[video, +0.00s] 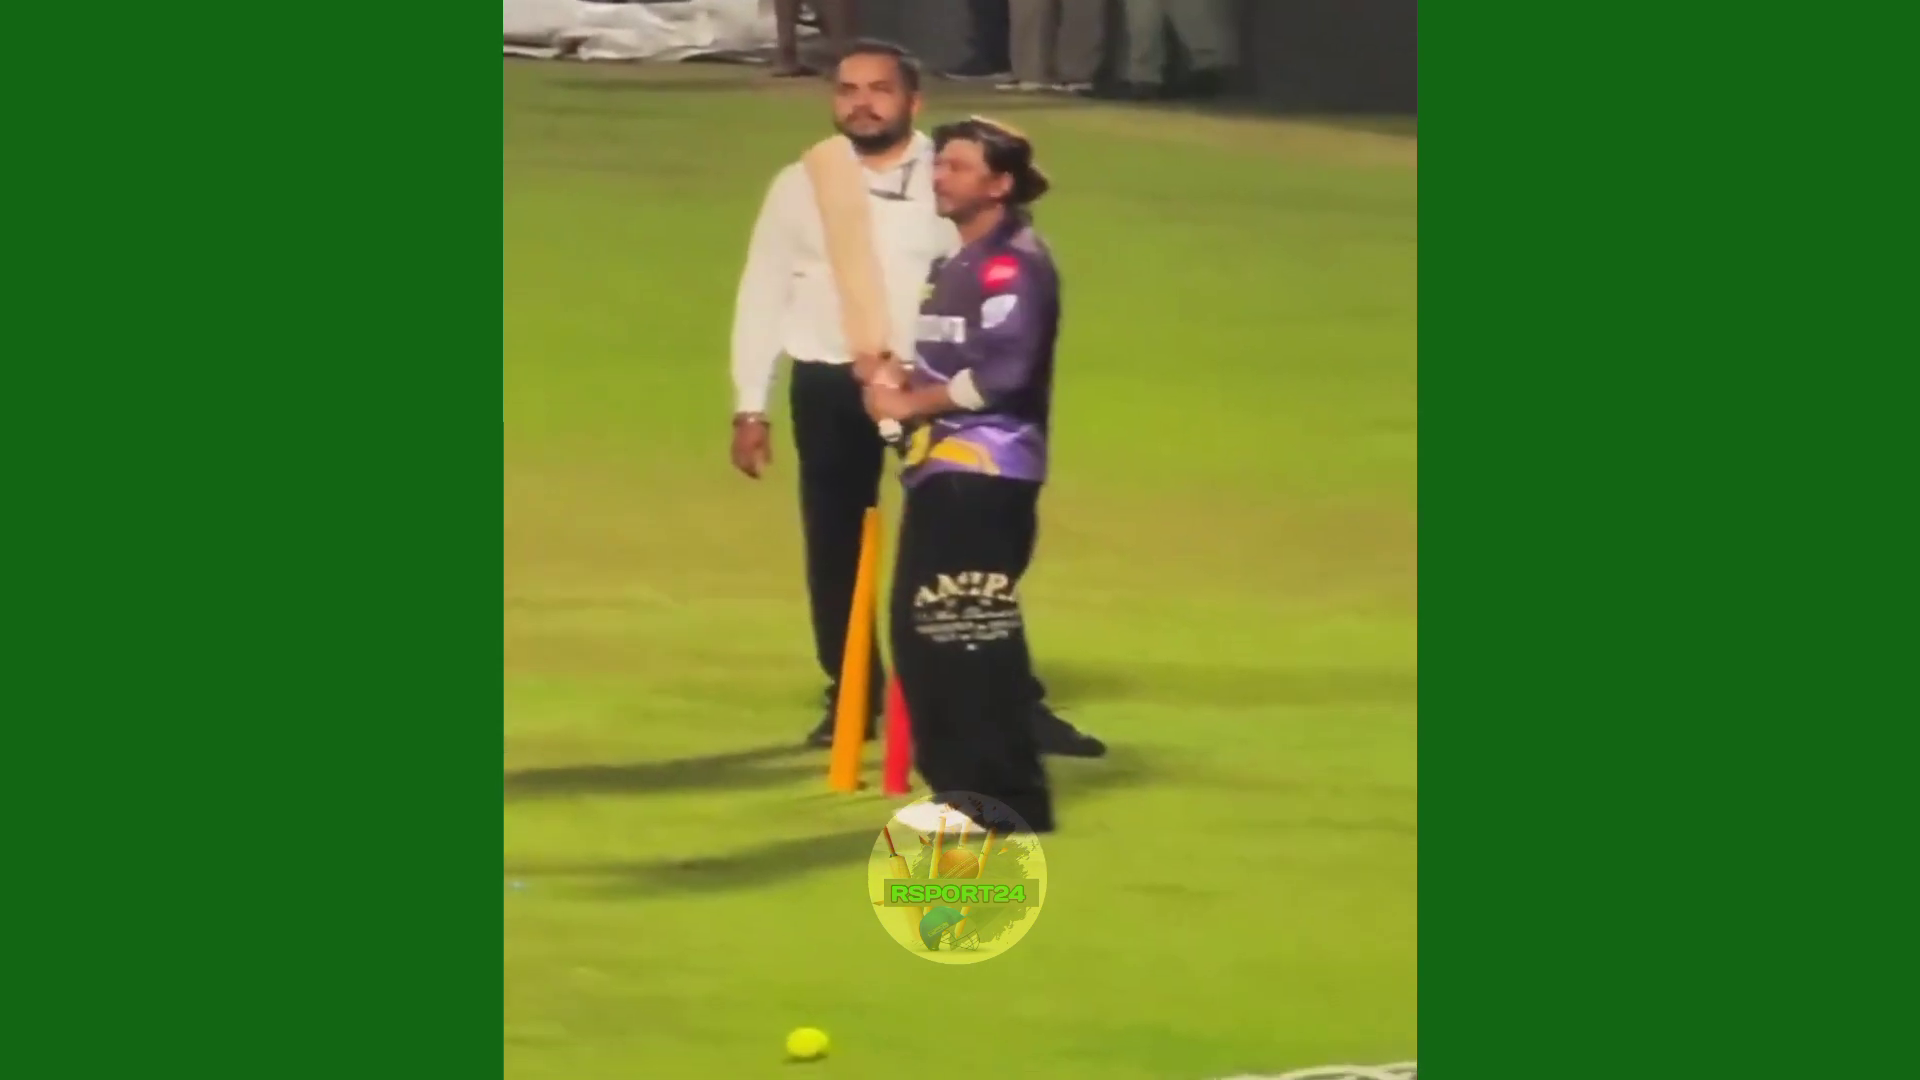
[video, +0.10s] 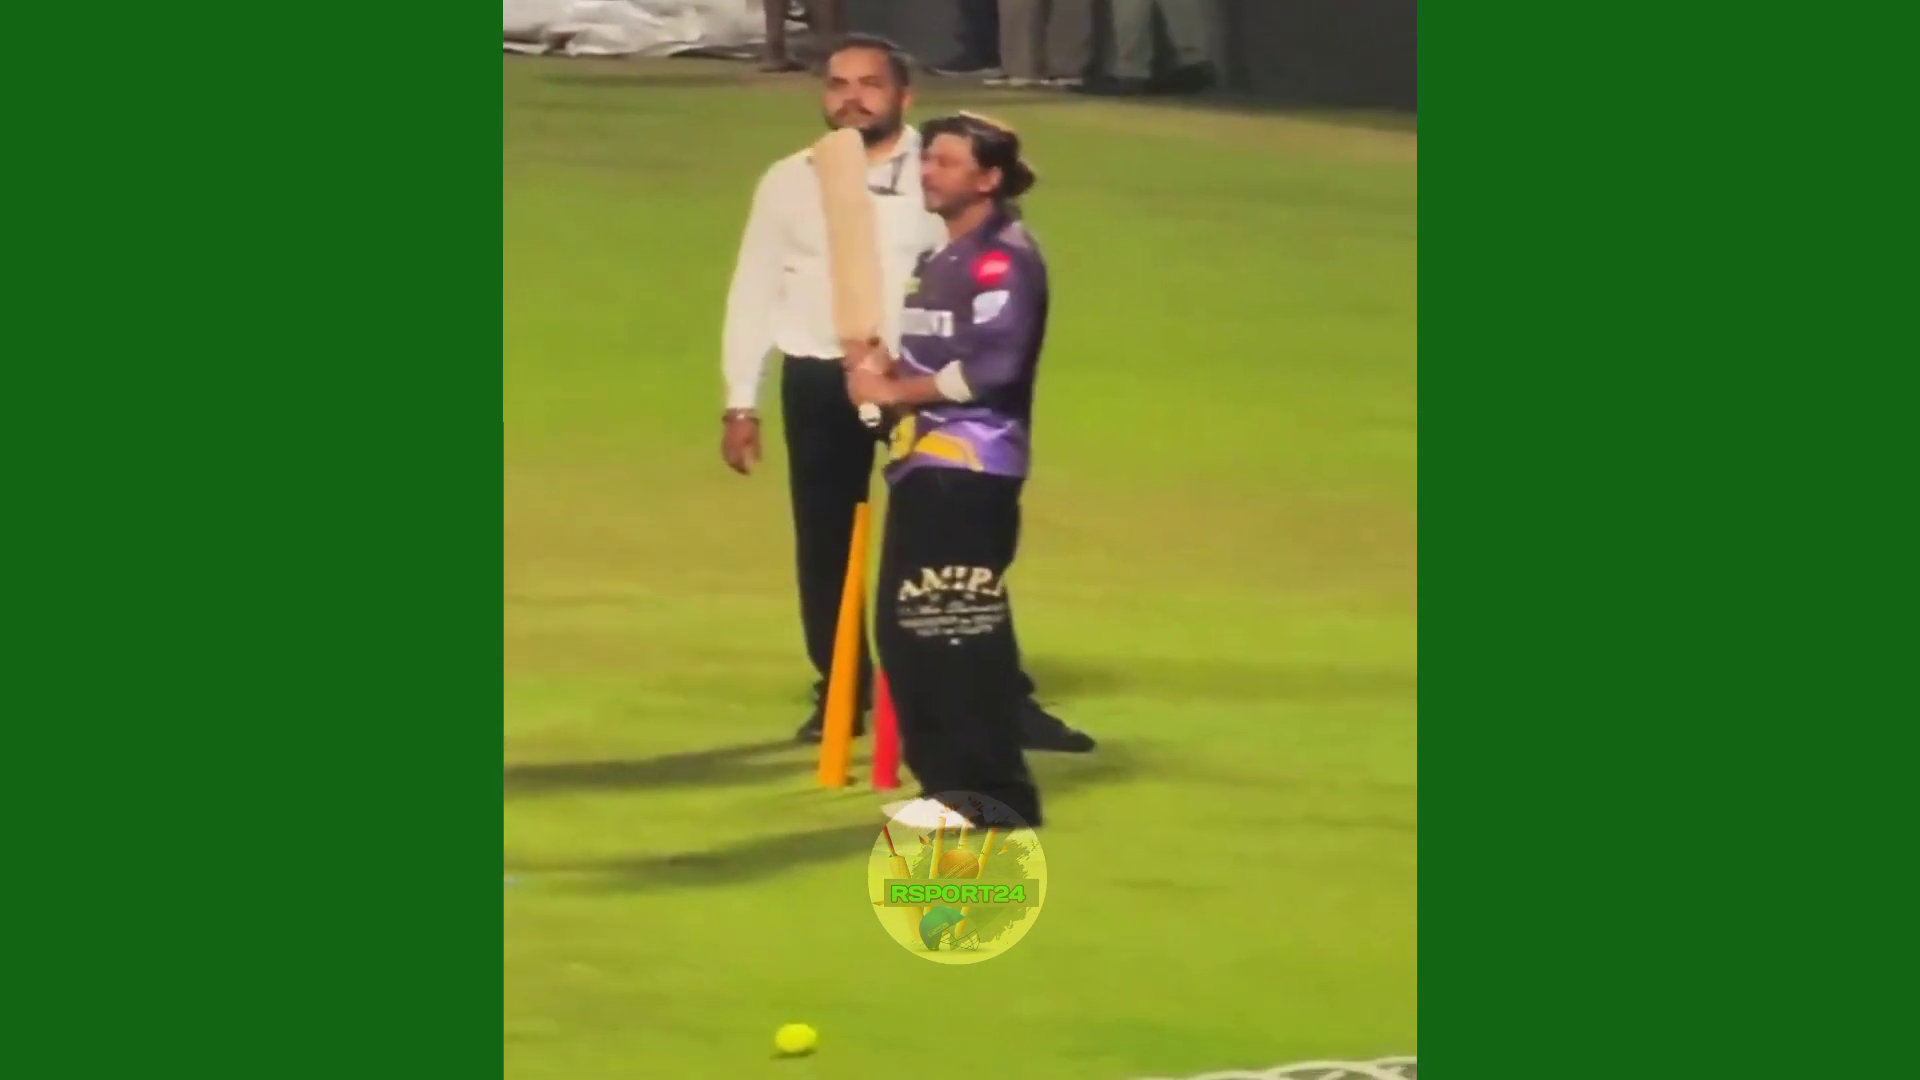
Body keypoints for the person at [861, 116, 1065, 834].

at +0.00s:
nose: (939, 176)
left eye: (954, 167)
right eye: (938, 165)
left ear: (1000, 183)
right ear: (944, 180)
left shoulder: (1015, 265)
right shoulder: (955, 263)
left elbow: (1005, 374)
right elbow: (949, 363)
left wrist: (911, 402)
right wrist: (899, 371)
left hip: (988, 472)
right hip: (945, 467)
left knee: (973, 636)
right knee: (925, 630)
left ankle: (1004, 798)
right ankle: (963, 792)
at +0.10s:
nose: (927, 171)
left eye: (943, 162)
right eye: (926, 160)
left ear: (989, 177)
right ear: (930, 173)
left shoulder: (1007, 260)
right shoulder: (939, 259)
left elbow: (994, 369)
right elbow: (932, 360)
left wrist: (897, 391)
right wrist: (884, 365)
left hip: (973, 468)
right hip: (926, 463)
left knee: (966, 633)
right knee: (909, 627)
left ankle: (995, 794)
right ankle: (950, 789)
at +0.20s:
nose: (910, 167)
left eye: (926, 157)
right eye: (910, 155)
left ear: (973, 172)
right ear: (913, 169)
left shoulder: (989, 255)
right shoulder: (923, 251)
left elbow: (976, 363)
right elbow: (912, 351)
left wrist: (873, 378)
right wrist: (860, 351)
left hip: (950, 463)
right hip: (906, 456)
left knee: (940, 629)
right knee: (892, 622)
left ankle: (976, 792)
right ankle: (934, 782)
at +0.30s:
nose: (904, 159)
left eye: (921, 150)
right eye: (903, 147)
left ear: (965, 165)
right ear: (899, 158)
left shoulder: (980, 247)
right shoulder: (910, 242)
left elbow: (968, 355)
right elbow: (902, 342)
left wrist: (860, 368)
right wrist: (849, 341)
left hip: (939, 454)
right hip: (892, 447)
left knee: (932, 619)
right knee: (877, 613)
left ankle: (969, 784)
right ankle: (921, 774)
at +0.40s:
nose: (887, 150)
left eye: (905, 141)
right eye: (886, 138)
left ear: (949, 156)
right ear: (882, 151)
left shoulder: (963, 238)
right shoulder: (890, 234)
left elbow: (951, 347)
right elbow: (880, 336)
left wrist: (843, 358)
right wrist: (829, 336)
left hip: (920, 444)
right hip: (874, 436)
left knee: (914, 609)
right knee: (861, 603)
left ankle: (951, 776)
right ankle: (903, 765)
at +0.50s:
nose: (882, 143)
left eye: (900, 133)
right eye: (881, 130)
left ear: (943, 148)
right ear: (876, 140)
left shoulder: (957, 228)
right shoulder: (883, 224)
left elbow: (948, 336)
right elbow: (877, 325)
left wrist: (840, 349)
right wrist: (826, 324)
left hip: (913, 435)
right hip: (868, 430)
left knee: (906, 601)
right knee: (856, 596)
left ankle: (939, 765)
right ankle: (896, 756)